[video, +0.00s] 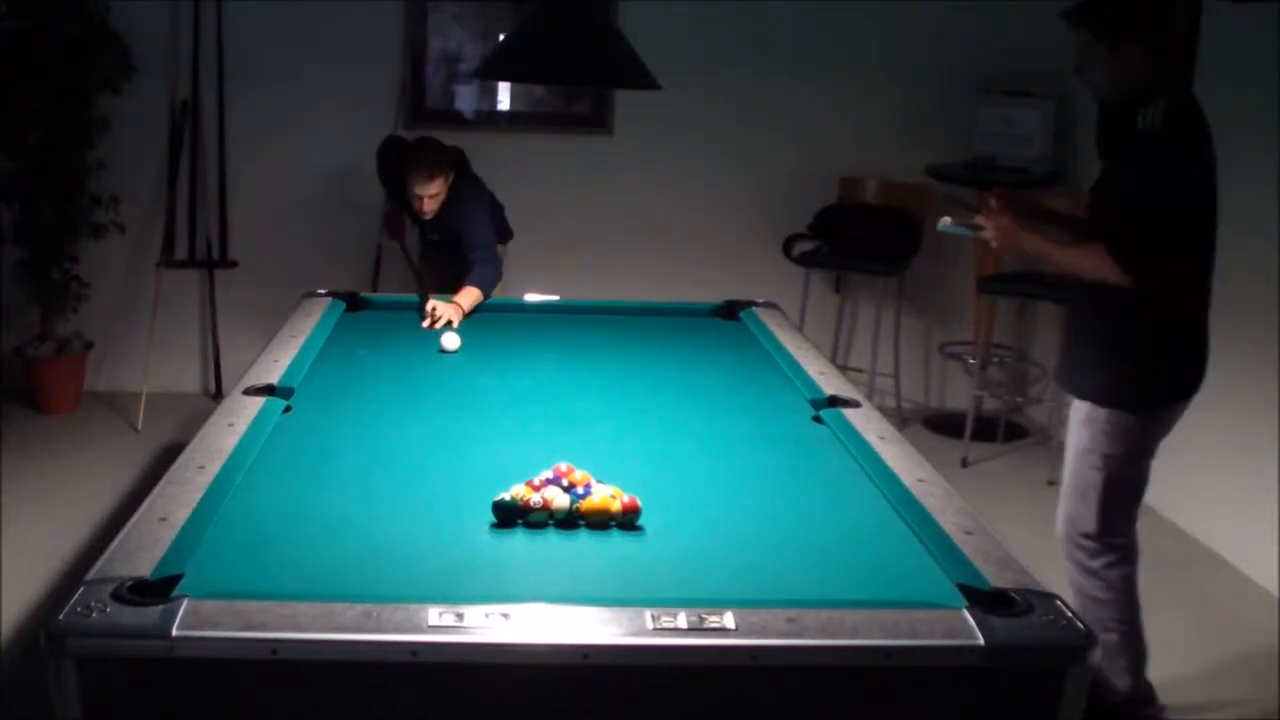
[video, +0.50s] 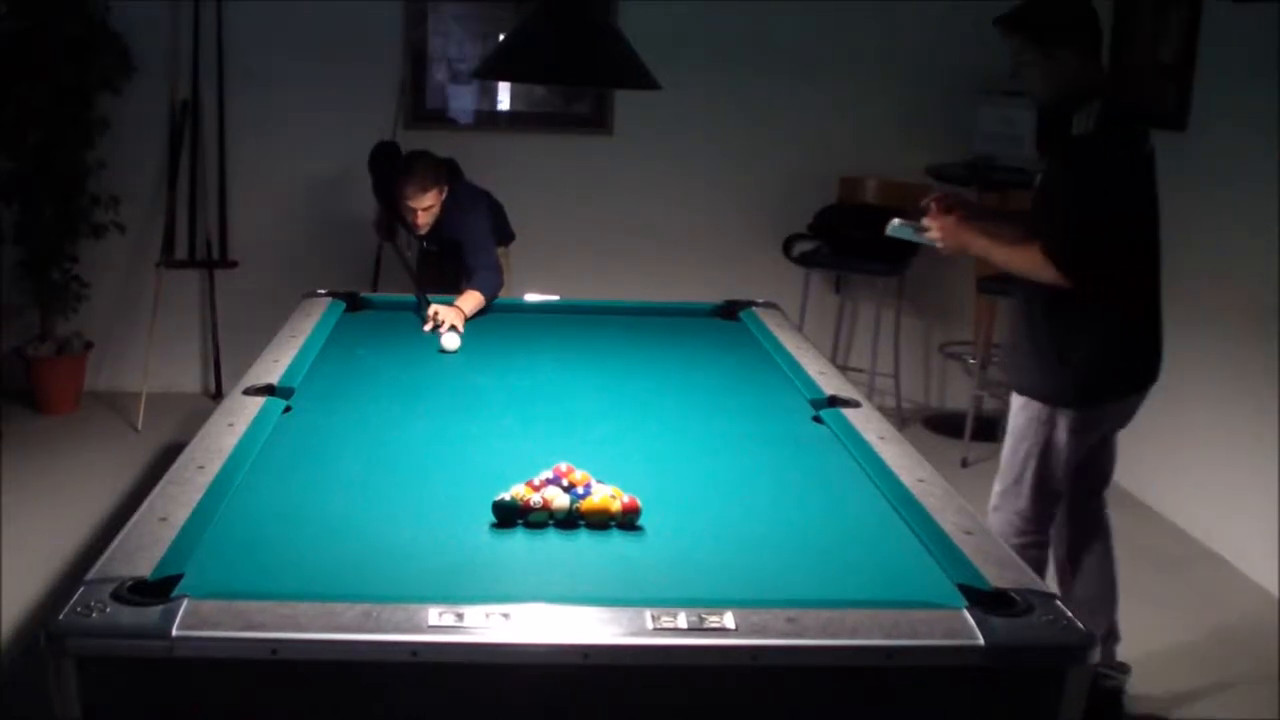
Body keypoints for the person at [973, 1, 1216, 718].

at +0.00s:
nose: (1081, 69)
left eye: (1091, 52)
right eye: (1082, 52)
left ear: (1128, 52)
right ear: (1144, 49)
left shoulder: (1156, 128)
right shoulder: (1153, 120)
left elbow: (1134, 264)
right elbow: (1119, 224)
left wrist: (1028, 245)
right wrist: (1034, 210)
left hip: (1126, 373)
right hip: (1131, 368)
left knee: (1092, 539)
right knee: (1095, 533)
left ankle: (1122, 695)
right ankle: (1111, 684)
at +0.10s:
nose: (1072, 67)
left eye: (1080, 52)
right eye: (1072, 52)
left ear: (1110, 54)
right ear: (1139, 49)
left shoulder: (1139, 125)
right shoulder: (1157, 119)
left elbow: (1119, 261)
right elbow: (1106, 219)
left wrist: (1016, 238)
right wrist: (1023, 206)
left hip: (1112, 373)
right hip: (1143, 369)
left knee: (1062, 528)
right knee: (1111, 524)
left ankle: (1082, 682)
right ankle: (1104, 672)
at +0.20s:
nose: (1061, 69)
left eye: (1069, 53)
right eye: (1061, 54)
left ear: (1101, 54)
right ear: (1130, 51)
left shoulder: (1130, 129)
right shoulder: (1150, 123)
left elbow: (1108, 259)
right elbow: (1095, 214)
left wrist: (1010, 235)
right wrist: (1016, 205)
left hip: (1102, 375)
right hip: (1141, 372)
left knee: (1041, 520)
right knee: (1111, 525)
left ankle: (1054, 675)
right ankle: (1101, 672)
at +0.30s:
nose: (1048, 70)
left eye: (1056, 55)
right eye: (1048, 56)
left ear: (1086, 56)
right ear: (1118, 52)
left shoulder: (1111, 126)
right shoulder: (1141, 122)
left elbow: (1096, 259)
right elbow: (1091, 218)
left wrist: (1000, 239)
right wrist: (1007, 206)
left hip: (1091, 374)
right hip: (1138, 370)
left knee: (1027, 520)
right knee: (1111, 525)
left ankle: (1014, 671)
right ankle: (1104, 668)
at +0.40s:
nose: (1034, 75)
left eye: (1042, 59)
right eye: (1032, 60)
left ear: (1075, 60)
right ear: (1100, 58)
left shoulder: (1096, 133)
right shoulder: (1128, 127)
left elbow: (1081, 263)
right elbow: (1077, 224)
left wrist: (990, 242)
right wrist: (991, 215)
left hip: (1078, 373)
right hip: (1127, 370)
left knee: (1019, 527)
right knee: (1102, 526)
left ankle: (1004, 673)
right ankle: (1103, 665)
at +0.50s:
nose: (1019, 75)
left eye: (1028, 60)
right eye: (1018, 61)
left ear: (1063, 59)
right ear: (1081, 55)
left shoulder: (1085, 134)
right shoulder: (1106, 126)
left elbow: (1069, 265)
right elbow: (1060, 231)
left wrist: (974, 242)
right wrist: (978, 217)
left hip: (1065, 372)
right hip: (1102, 367)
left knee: (1015, 528)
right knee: (1080, 521)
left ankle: (1005, 674)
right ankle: (1093, 661)